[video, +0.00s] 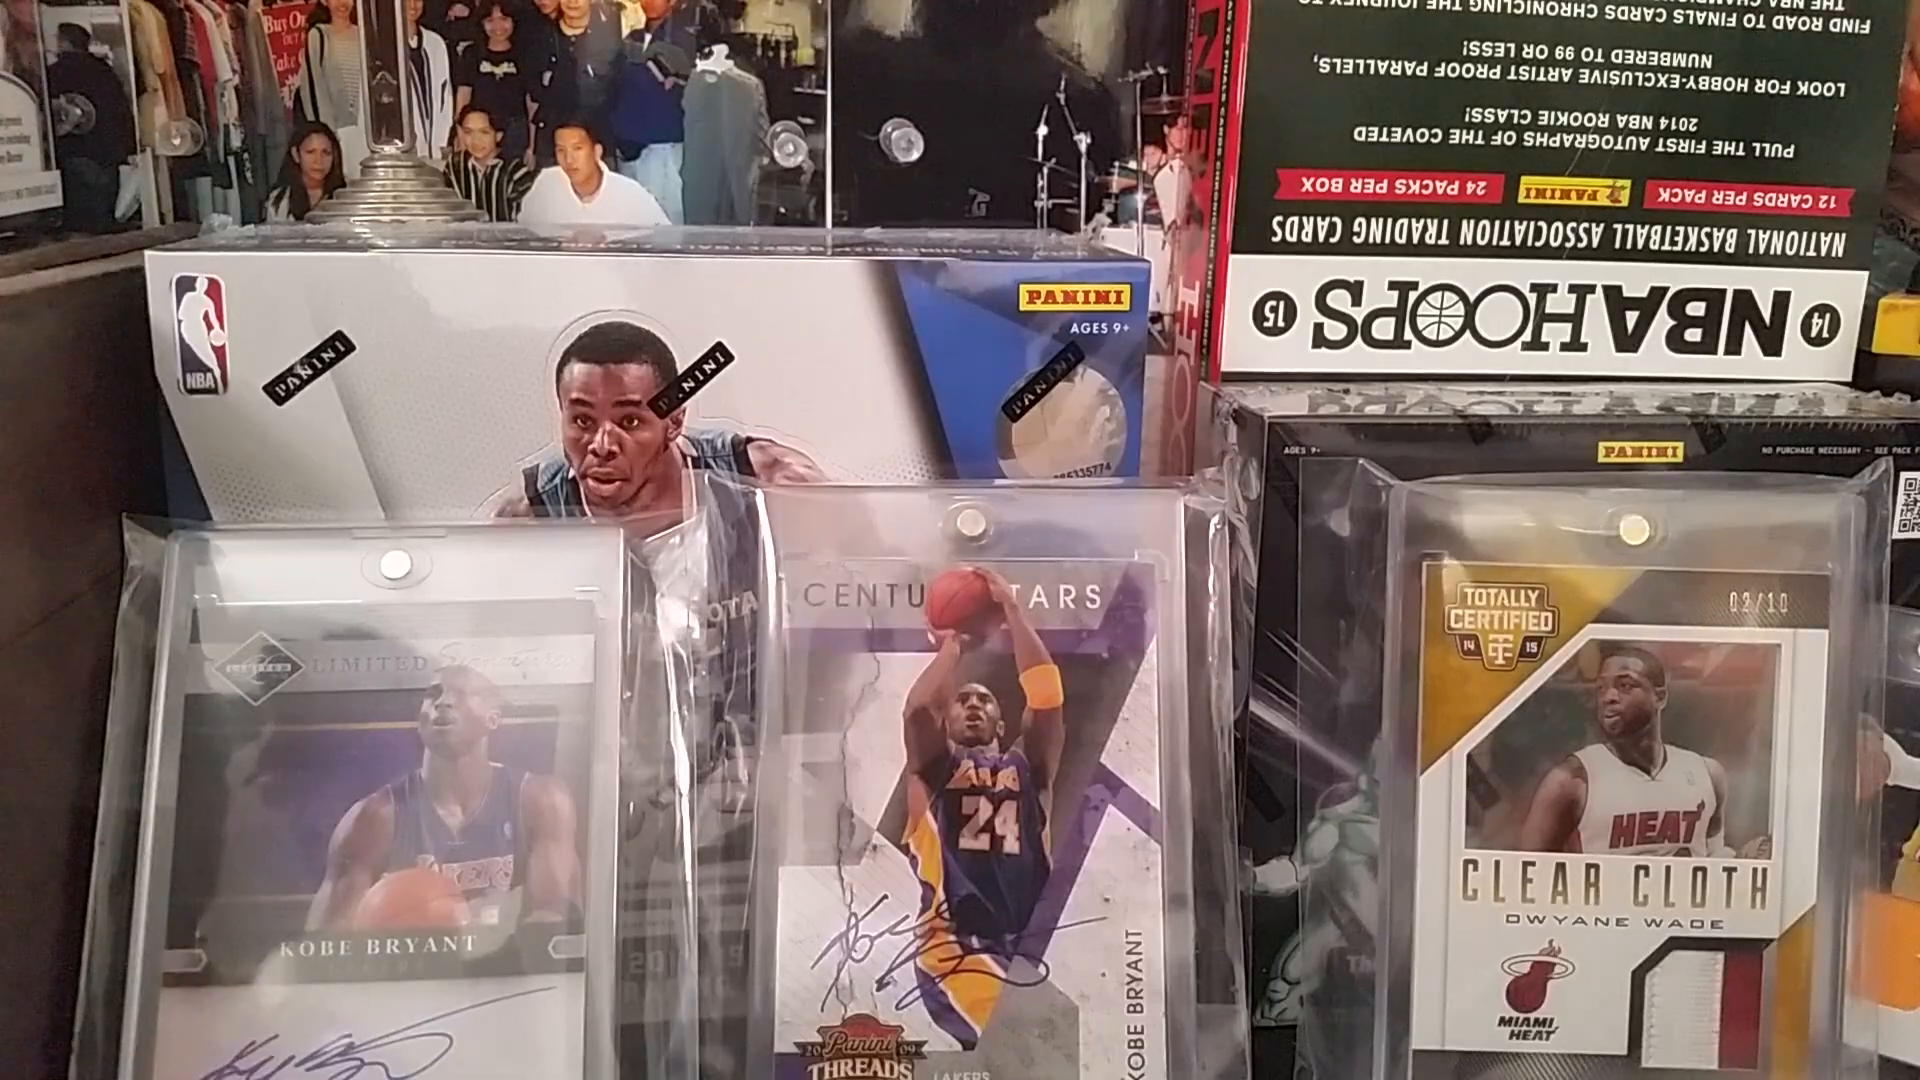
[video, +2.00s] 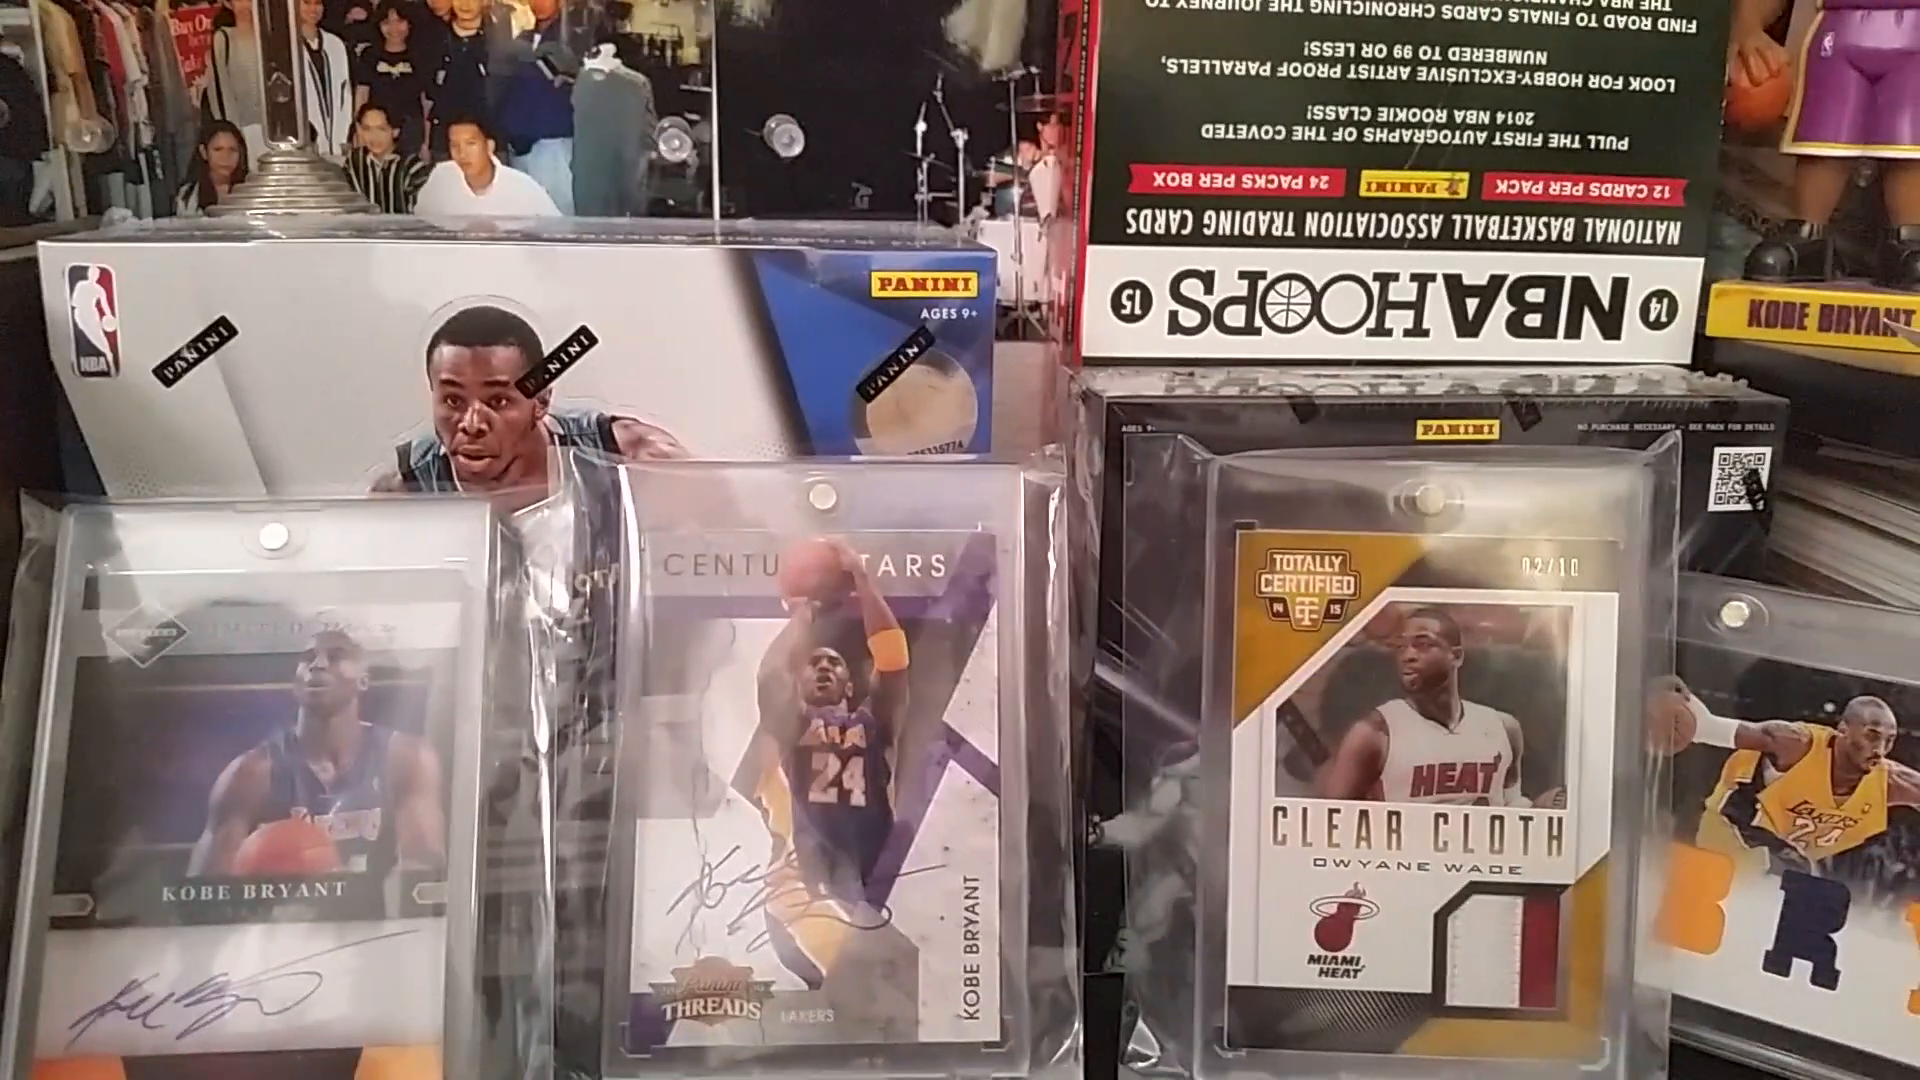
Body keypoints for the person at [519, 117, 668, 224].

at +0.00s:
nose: (569, 161)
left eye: (578, 149)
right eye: (561, 151)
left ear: (597, 152)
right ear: (555, 155)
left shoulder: (629, 192)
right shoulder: (547, 183)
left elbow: (668, 240)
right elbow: (521, 233)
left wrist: (609, 244)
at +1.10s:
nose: (586, 158)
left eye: (595, 148)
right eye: (579, 150)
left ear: (614, 150)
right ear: (573, 153)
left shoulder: (646, 191)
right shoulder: (564, 181)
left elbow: (685, 237)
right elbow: (540, 229)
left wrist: (625, 240)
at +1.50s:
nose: (573, 159)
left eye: (583, 149)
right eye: (567, 151)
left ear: (602, 153)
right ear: (561, 156)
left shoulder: (633, 193)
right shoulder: (553, 183)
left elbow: (669, 239)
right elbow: (528, 232)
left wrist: (614, 244)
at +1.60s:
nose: (538, 156)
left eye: (547, 147)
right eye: (534, 148)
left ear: (570, 150)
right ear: (529, 152)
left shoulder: (603, 189)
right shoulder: (519, 181)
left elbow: (634, 238)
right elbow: (495, 231)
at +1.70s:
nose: (506, 156)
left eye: (514, 147)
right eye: (500, 148)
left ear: (534, 148)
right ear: (494, 152)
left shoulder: (565, 189)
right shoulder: (484, 180)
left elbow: (601, 234)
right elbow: (460, 227)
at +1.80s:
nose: (475, 154)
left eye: (483, 145)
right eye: (468, 146)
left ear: (503, 148)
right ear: (463, 149)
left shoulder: (535, 186)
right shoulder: (454, 178)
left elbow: (572, 233)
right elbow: (430, 226)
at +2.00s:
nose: (462, 154)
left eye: (471, 144)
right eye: (455, 146)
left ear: (490, 147)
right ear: (449, 150)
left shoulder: (522, 186)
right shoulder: (442, 177)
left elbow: (559, 233)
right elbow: (418, 226)